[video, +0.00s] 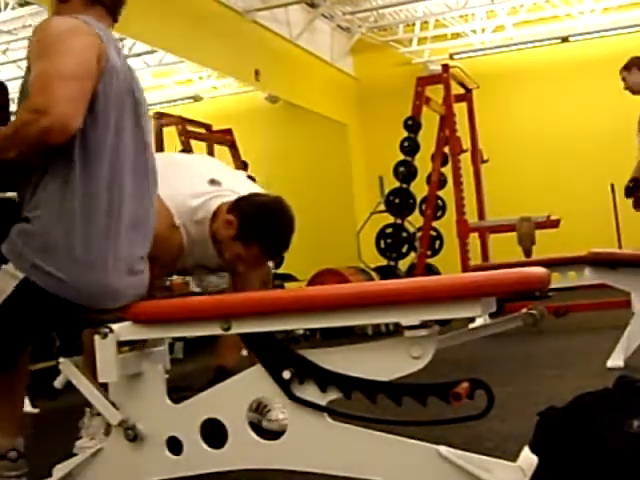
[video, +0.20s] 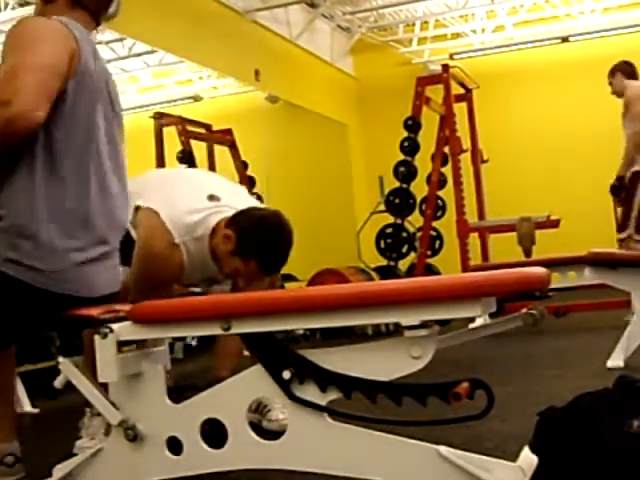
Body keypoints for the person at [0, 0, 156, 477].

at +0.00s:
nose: (49, 7)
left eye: (55, 3)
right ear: (110, 8)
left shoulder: (67, 30)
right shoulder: (119, 63)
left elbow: (54, 120)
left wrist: (3, 150)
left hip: (67, 267)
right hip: (119, 271)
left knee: (7, 348)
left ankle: (8, 450)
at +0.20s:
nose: (33, 2)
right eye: (113, 12)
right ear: (99, 8)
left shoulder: (44, 31)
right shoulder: (94, 59)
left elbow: (22, 111)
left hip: (37, 269)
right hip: (94, 270)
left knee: (3, 348)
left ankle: (7, 449)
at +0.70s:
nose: (29, 8)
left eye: (32, 5)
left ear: (41, 2)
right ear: (99, 9)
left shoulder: (37, 31)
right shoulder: (126, 75)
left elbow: (13, 119)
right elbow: (157, 157)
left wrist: (12, 177)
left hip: (40, 265)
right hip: (117, 274)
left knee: (13, 364)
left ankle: (6, 450)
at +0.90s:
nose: (13, 10)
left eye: (13, 6)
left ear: (20, 1)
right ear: (82, 5)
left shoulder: (30, 37)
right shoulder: (121, 67)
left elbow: (15, 130)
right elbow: (139, 167)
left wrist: (13, 181)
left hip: (57, 266)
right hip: (129, 271)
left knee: (6, 343)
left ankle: (7, 448)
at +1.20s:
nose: (22, 10)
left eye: (24, 7)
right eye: (24, 8)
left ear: (32, 4)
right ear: (95, 6)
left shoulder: (35, 42)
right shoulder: (142, 74)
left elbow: (13, 141)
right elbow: (176, 183)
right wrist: (114, 209)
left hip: (39, 276)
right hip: (118, 283)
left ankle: (8, 451)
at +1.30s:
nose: (30, 11)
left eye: (31, 9)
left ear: (40, 4)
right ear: (108, 7)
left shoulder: (37, 41)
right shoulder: (149, 74)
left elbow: (10, 143)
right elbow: (191, 176)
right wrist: (121, 207)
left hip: (40, 276)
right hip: (120, 281)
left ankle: (7, 446)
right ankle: (7, 444)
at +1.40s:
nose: (34, 8)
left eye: (36, 5)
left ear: (44, 3)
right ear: (107, 3)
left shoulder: (37, 42)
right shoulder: (152, 72)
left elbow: (10, 143)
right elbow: (194, 175)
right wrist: (125, 198)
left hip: (38, 280)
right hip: (121, 286)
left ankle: (8, 450)